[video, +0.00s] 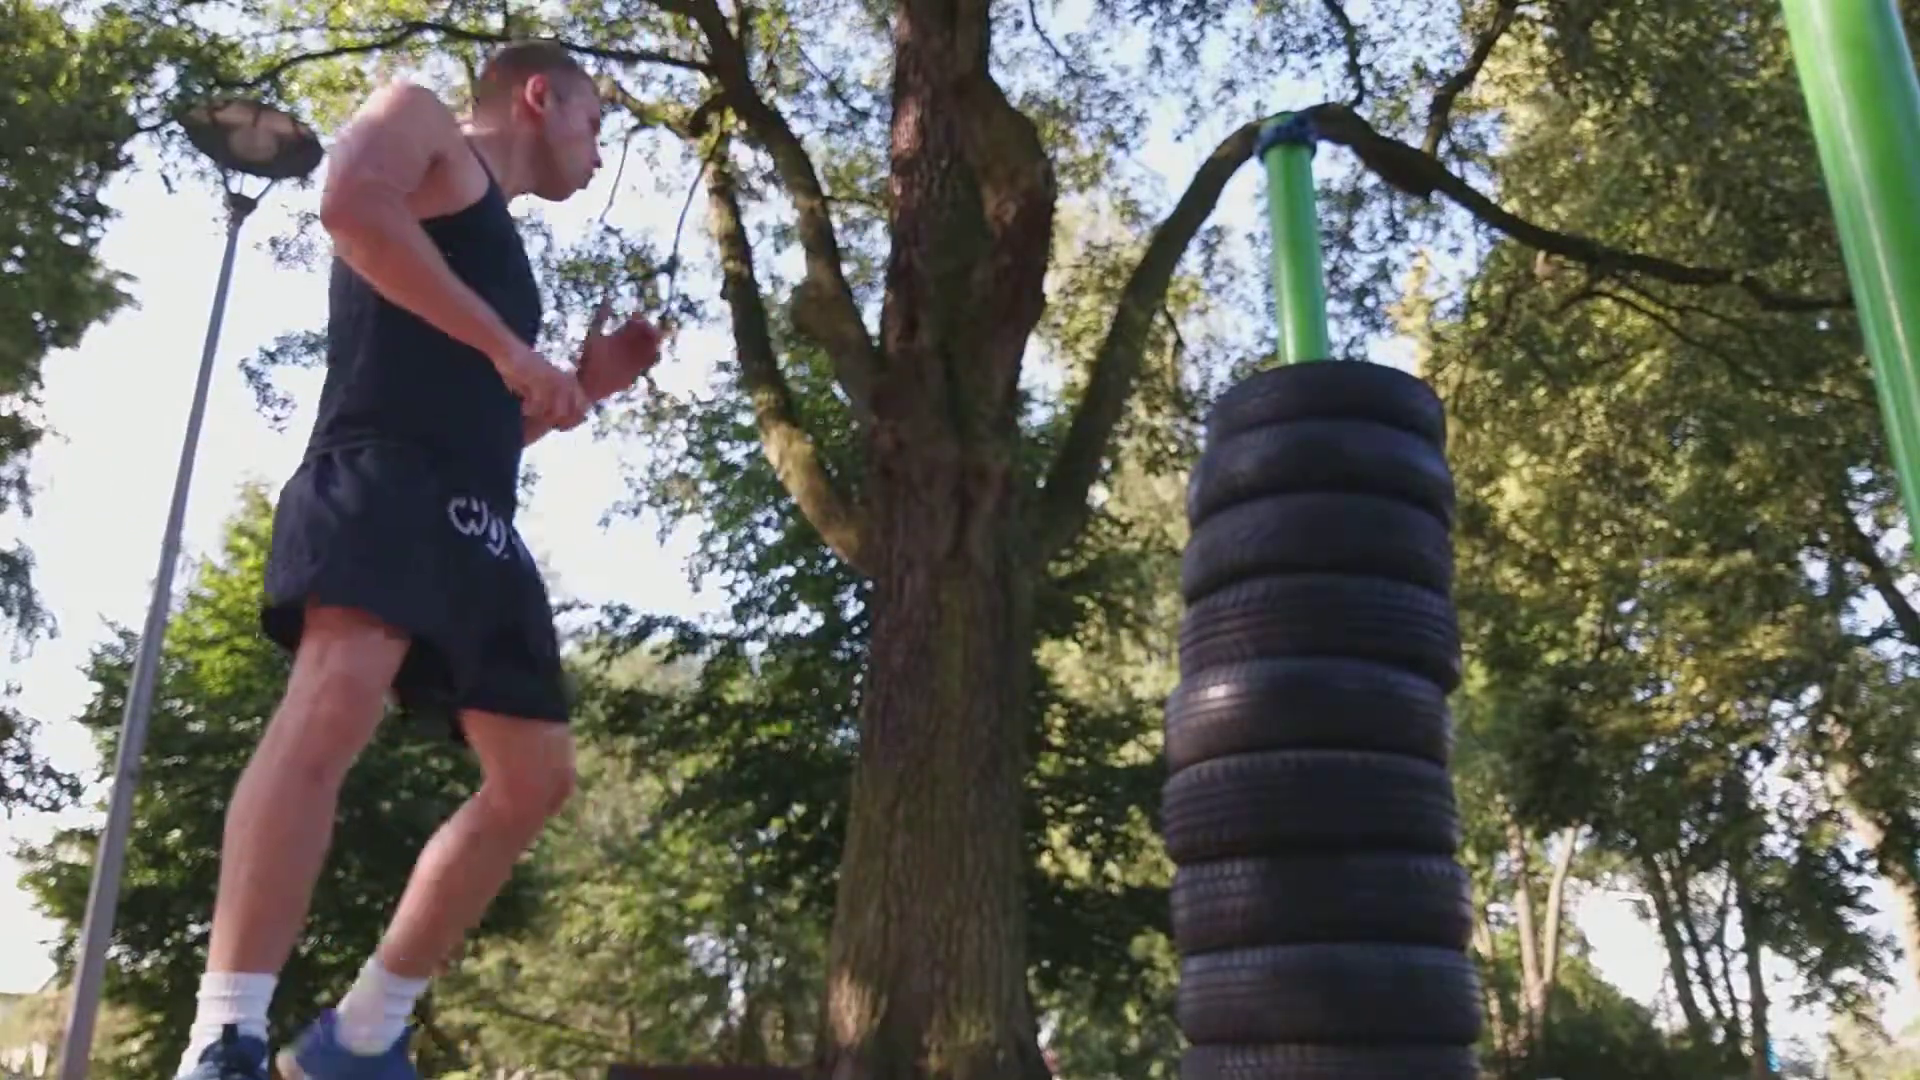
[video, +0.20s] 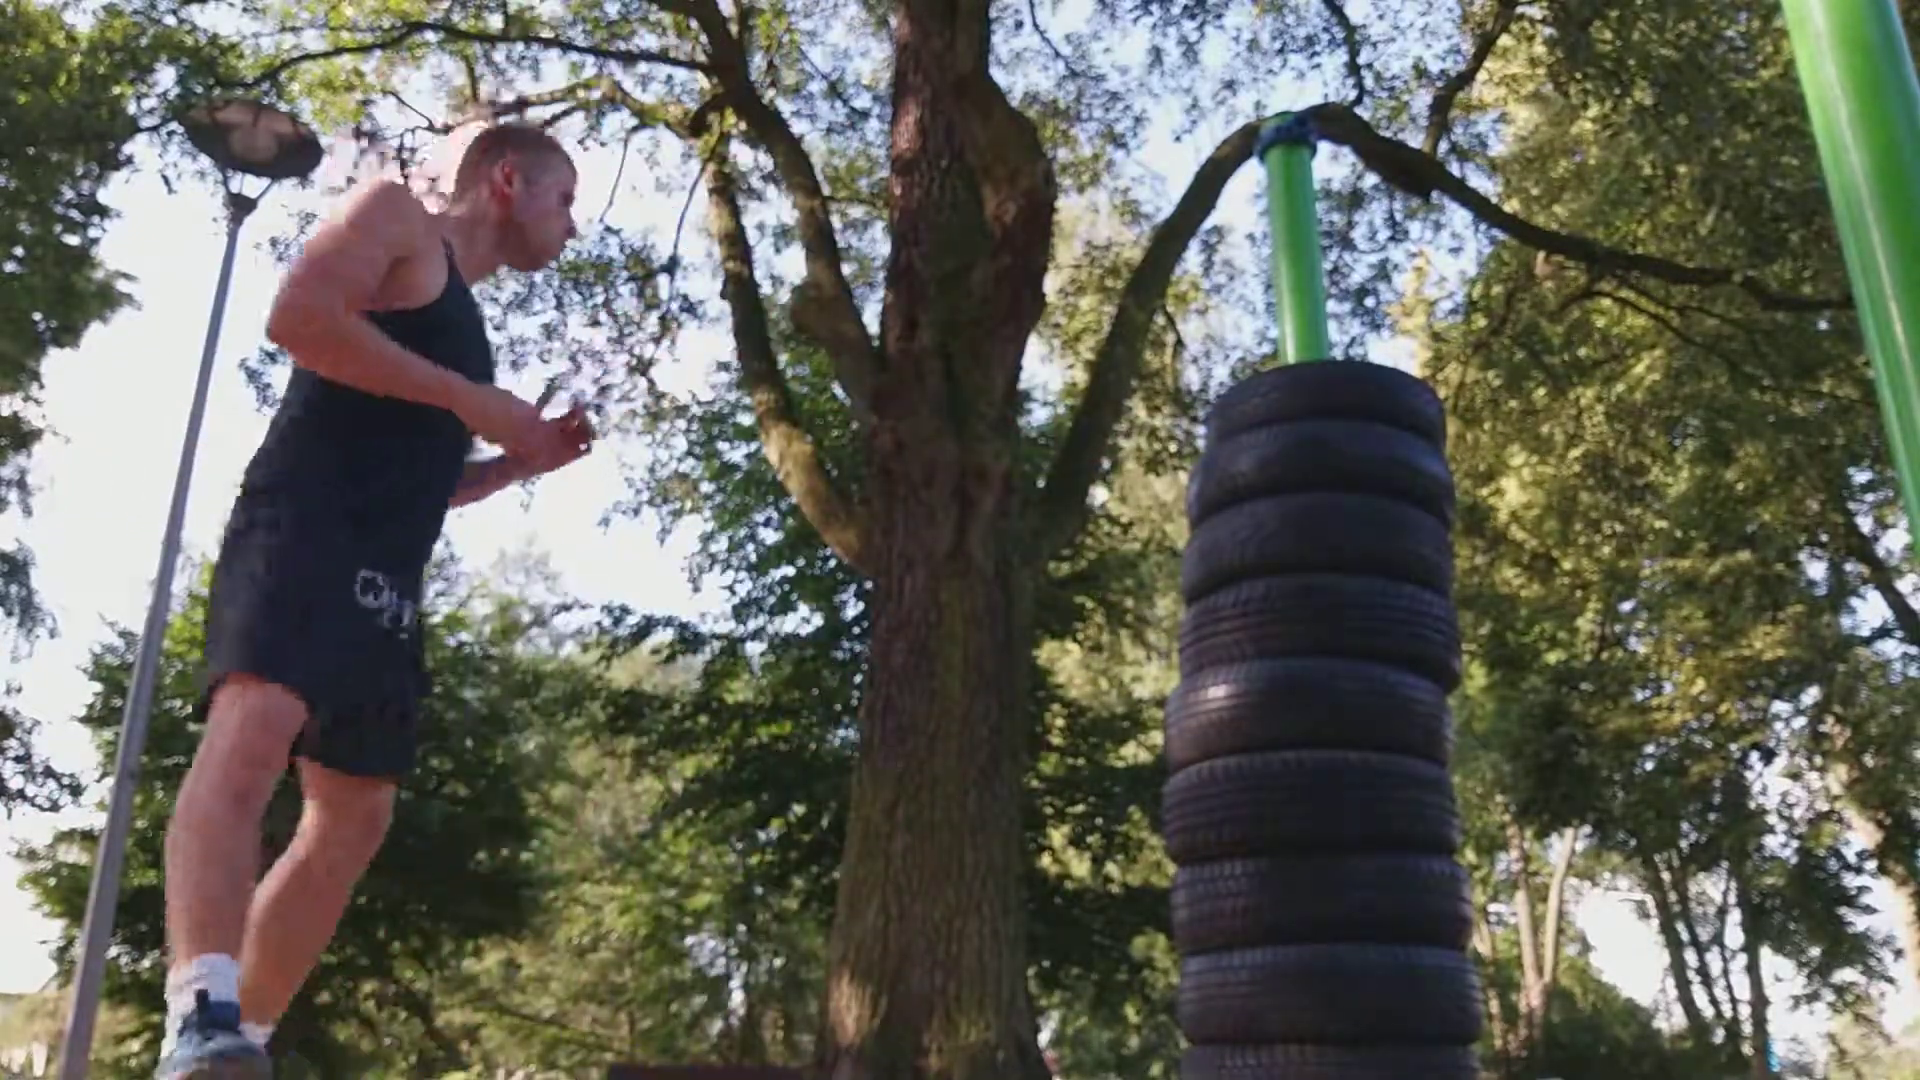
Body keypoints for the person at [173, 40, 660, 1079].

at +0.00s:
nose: (600, 148)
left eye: (604, 127)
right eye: (595, 119)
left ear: (537, 109)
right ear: (537, 96)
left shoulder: (498, 246)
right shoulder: (421, 111)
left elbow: (485, 420)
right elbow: (354, 204)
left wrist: (582, 385)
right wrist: (506, 349)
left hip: (480, 519)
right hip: (385, 479)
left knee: (532, 777)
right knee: (333, 703)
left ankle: (362, 1035)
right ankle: (226, 1040)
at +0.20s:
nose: (571, 226)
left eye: (574, 209)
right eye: (564, 201)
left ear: (508, 192)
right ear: (507, 179)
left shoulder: (460, 317)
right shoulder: (397, 206)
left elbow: (427, 481)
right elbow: (302, 313)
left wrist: (521, 459)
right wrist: (471, 399)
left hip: (388, 570)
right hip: (304, 528)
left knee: (353, 819)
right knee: (253, 732)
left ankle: (240, 1041)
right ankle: (202, 1019)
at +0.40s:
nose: (520, 190)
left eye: (525, 173)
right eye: (514, 164)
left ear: (466, 157)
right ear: (450, 138)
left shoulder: (422, 275)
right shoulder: (344, 161)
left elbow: (359, 426)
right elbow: (285, 255)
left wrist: (456, 438)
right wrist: (439, 323)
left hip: (354, 522)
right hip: (264, 479)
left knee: (342, 756)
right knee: (204, 713)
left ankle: (255, 1040)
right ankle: (45, 998)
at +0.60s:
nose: (470, 248)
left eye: (476, 233)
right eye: (462, 222)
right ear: (397, 201)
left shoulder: (372, 356)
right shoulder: (276, 250)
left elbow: (312, 509)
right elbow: (250, 370)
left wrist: (405, 499)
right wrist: (413, 380)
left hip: (310, 627)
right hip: (209, 593)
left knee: (398, 812)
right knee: (123, 796)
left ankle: (258, 1054)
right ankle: (4, 1022)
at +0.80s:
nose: (520, 224)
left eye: (525, 206)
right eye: (512, 199)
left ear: (457, 188)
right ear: (449, 177)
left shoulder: (459, 330)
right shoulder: (315, 227)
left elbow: (442, 464)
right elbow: (182, 331)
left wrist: (465, 471)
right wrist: (282, 446)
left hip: (367, 574)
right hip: (256, 548)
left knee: (459, 763)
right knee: (146, 754)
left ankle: (384, 1012)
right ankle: (15, 997)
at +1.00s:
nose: (555, 318)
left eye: (557, 301)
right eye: (545, 293)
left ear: (492, 292)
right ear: (485, 282)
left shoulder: (494, 434)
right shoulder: (365, 344)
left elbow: (517, 562)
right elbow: (224, 443)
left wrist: (614, 567)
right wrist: (235, 567)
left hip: (428, 685)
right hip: (328, 655)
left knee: (522, 842)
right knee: (212, 839)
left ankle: (483, 1073)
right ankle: (21, 1031)